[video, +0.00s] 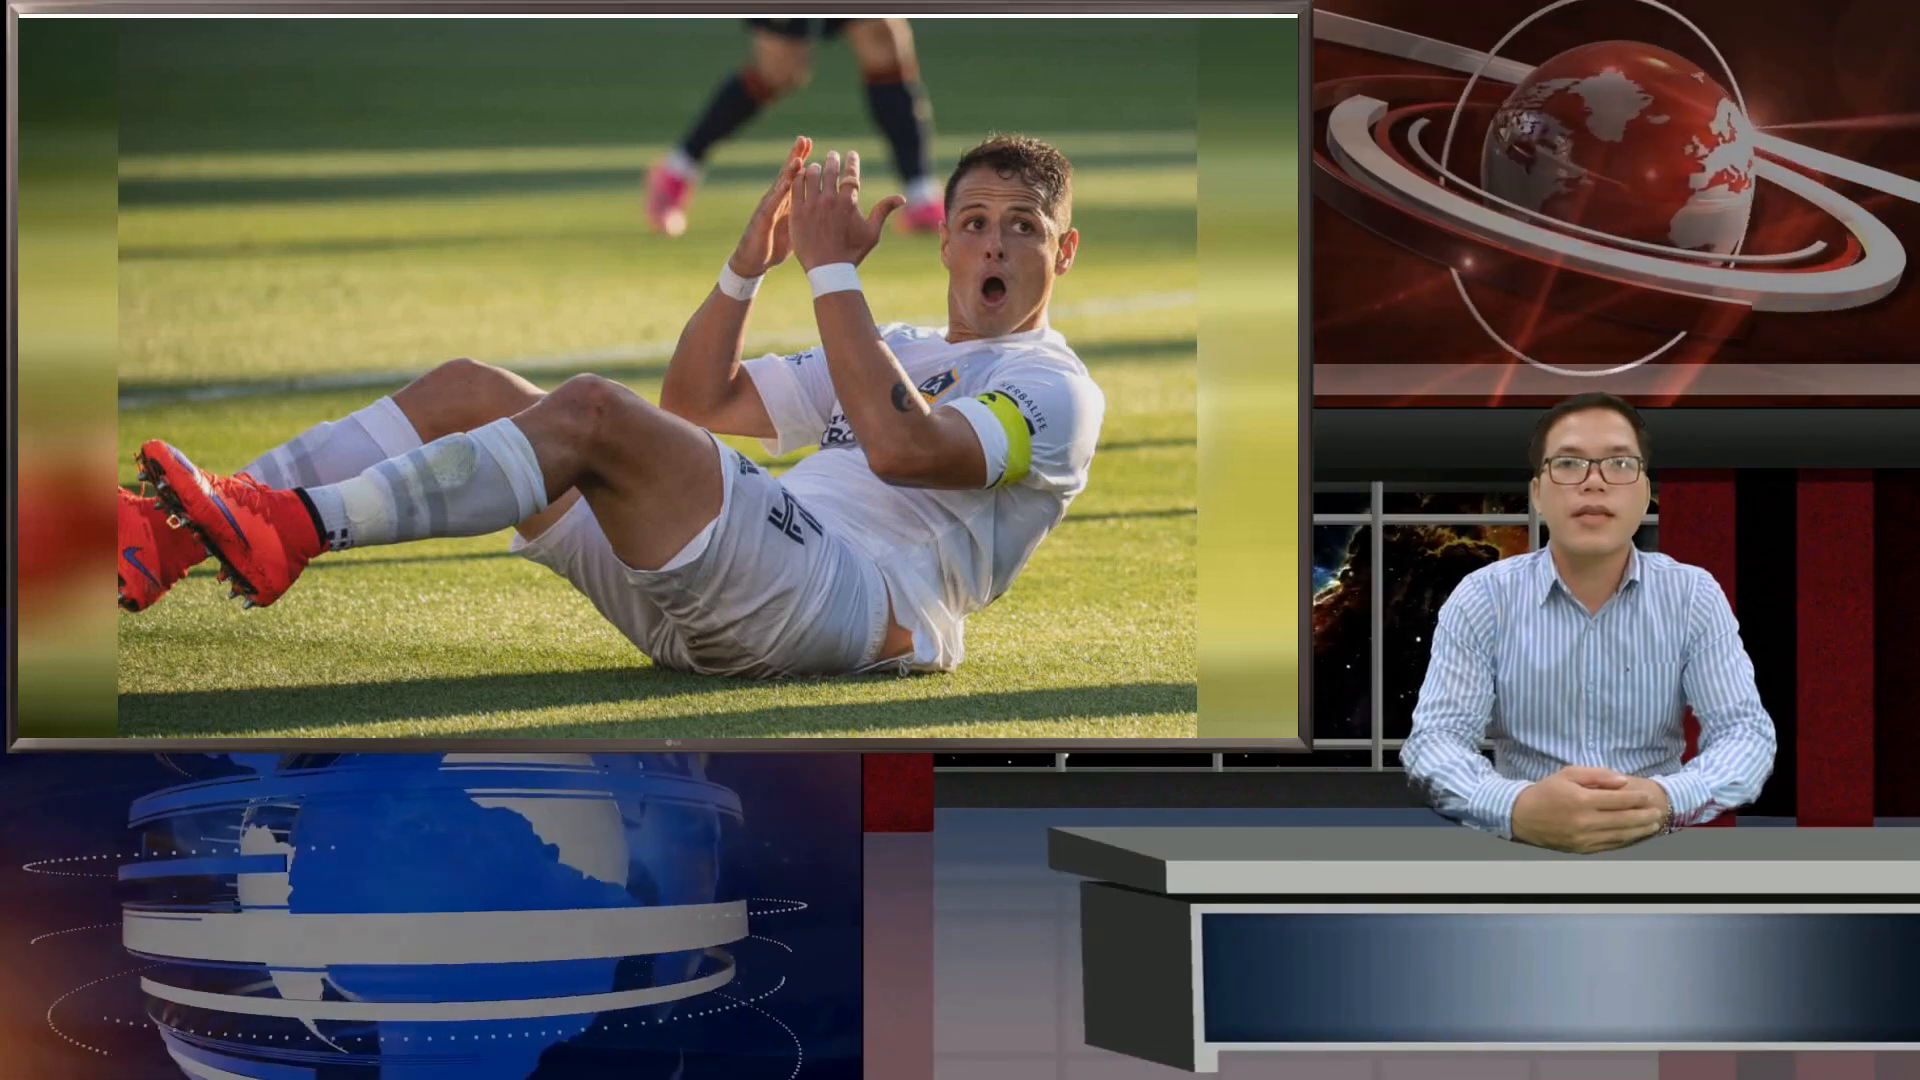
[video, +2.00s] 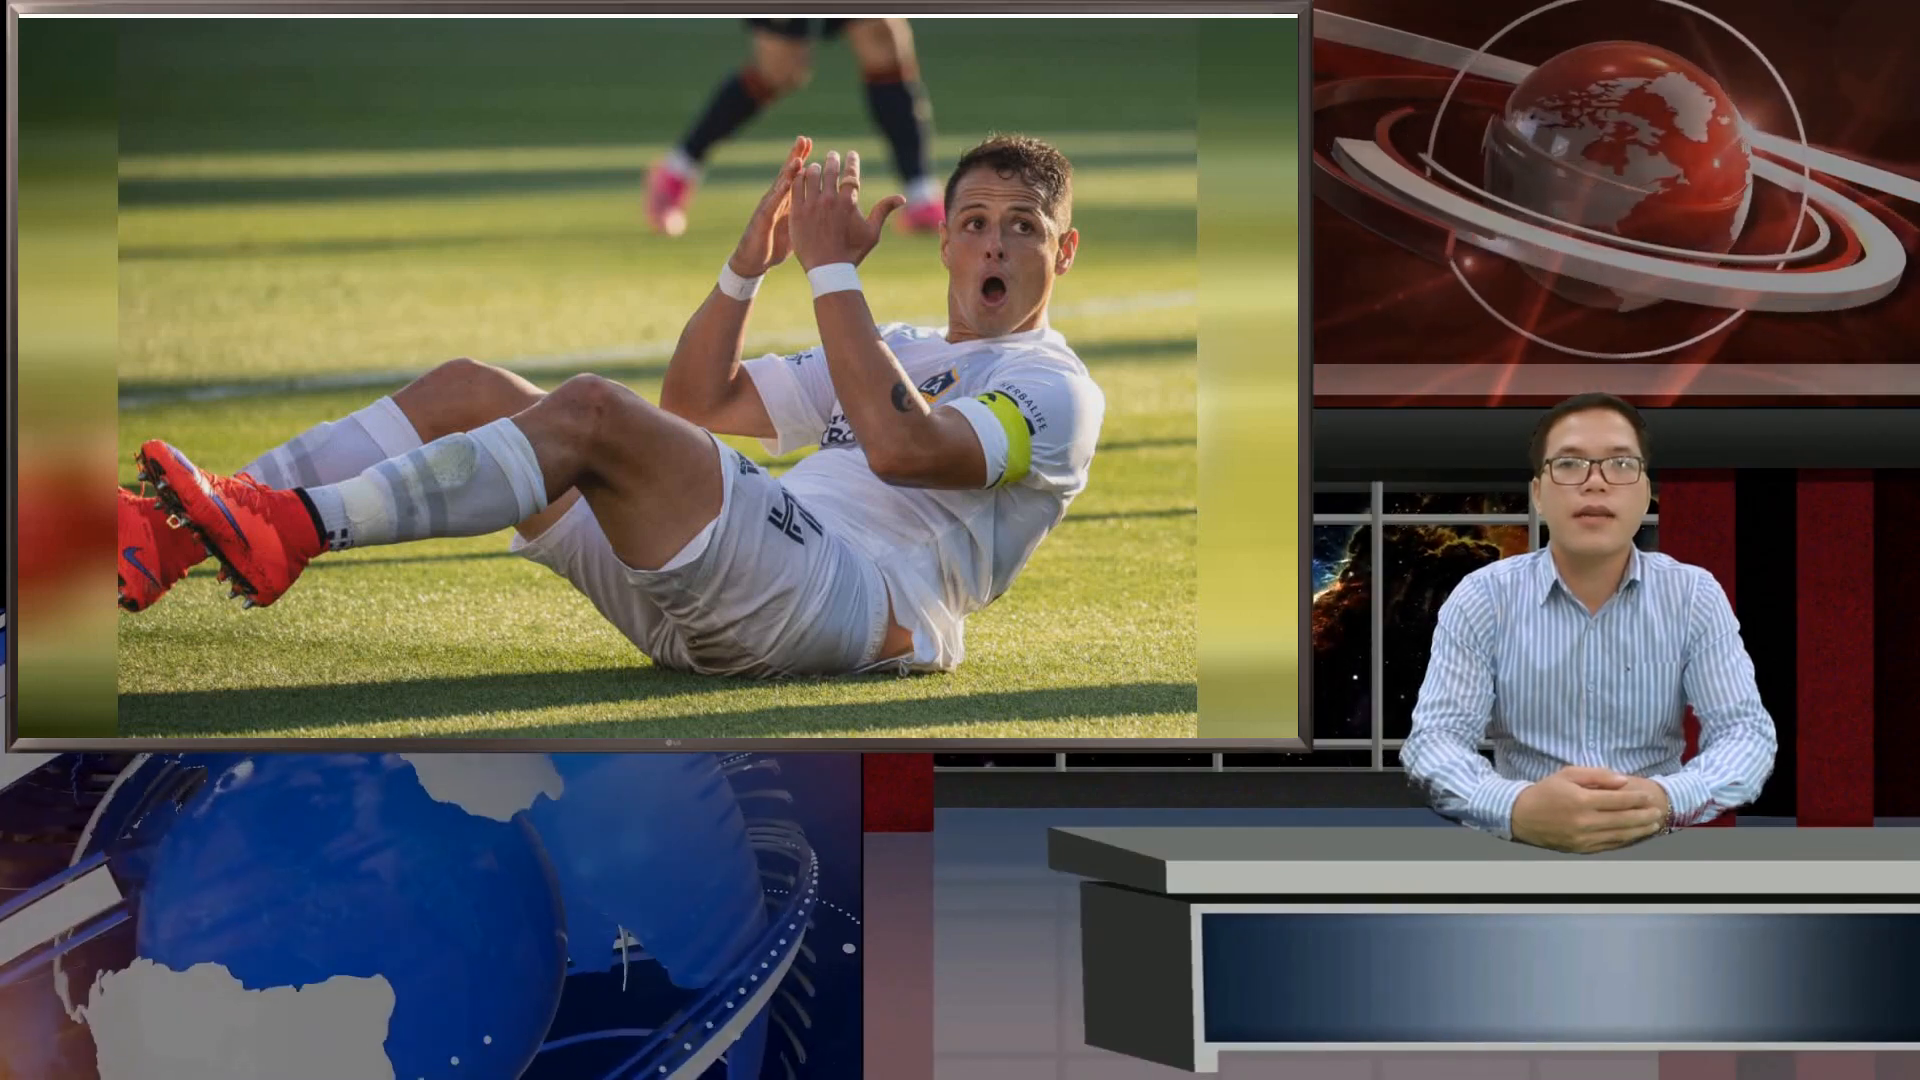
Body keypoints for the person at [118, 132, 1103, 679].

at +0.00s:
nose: (995, 246)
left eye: (1022, 230)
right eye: (976, 224)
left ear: (1065, 258)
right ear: (943, 240)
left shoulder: (1055, 389)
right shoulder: (892, 357)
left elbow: (902, 447)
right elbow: (695, 404)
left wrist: (833, 270)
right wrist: (746, 270)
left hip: (840, 602)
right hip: (733, 571)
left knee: (592, 413)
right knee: (468, 389)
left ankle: (299, 525)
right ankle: (179, 539)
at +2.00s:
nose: (995, 246)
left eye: (1022, 230)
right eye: (976, 224)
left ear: (1065, 257)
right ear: (942, 241)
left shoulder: (1055, 389)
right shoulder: (892, 358)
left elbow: (902, 447)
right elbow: (695, 404)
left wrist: (833, 270)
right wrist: (747, 270)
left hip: (840, 603)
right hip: (732, 573)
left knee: (593, 413)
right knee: (468, 389)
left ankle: (299, 525)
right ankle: (180, 538)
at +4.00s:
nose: (996, 246)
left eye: (1023, 230)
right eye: (976, 223)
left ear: (1066, 257)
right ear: (943, 241)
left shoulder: (1056, 389)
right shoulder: (892, 358)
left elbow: (901, 447)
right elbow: (695, 405)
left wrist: (833, 268)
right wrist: (747, 269)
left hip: (840, 604)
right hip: (732, 572)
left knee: (593, 413)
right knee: (468, 389)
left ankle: (300, 524)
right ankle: (175, 541)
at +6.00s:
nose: (995, 246)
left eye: (1022, 230)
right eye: (975, 224)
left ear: (1065, 257)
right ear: (942, 242)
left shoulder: (1054, 389)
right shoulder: (893, 359)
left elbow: (901, 447)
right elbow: (695, 404)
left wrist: (833, 270)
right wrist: (746, 270)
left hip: (842, 602)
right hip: (734, 572)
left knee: (592, 413)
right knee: (468, 389)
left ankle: (299, 524)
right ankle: (173, 542)